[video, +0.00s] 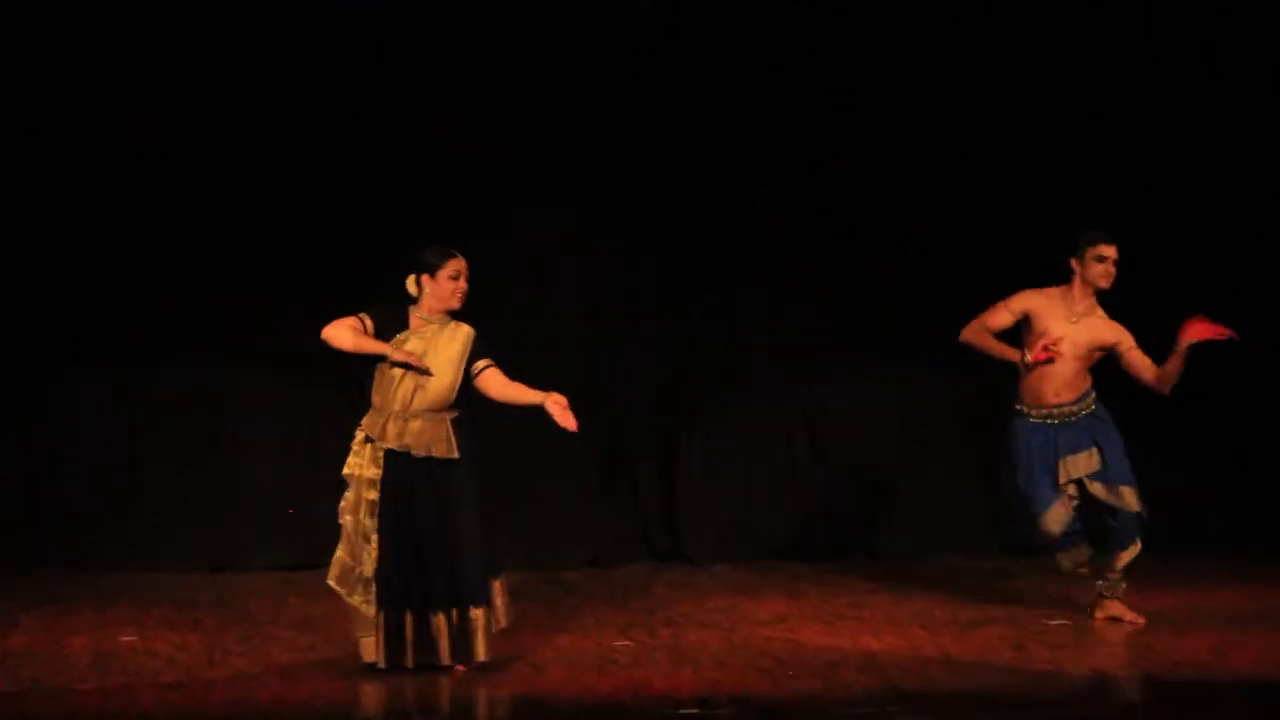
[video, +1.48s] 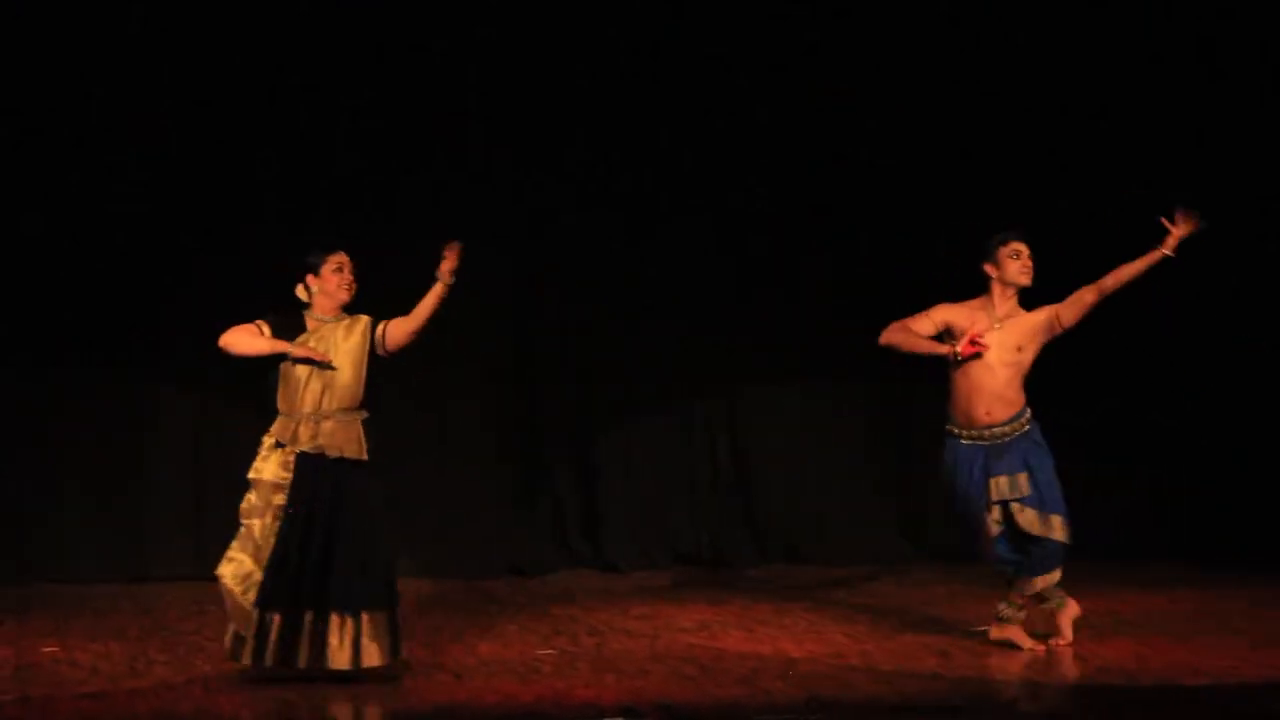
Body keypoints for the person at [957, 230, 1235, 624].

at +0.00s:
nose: (1110, 269)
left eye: (1114, 262)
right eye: (1101, 261)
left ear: (1115, 268)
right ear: (1076, 264)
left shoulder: (1108, 330)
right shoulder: (1034, 302)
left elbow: (1160, 382)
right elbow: (971, 334)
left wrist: (1182, 347)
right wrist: (1020, 357)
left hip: (1085, 419)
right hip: (1034, 424)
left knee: (1121, 506)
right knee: (1053, 521)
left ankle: (1109, 598)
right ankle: (1087, 575)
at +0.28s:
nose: (1046, 265)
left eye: (1055, 258)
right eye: (1039, 256)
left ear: (1065, 266)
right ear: (1025, 261)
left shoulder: (1081, 312)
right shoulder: (1003, 313)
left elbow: (1152, 338)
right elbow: (969, 369)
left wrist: (1126, 349)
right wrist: (1007, 359)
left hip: (1069, 420)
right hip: (1013, 422)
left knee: (1110, 507)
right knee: (987, 500)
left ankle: (1099, 601)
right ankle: (994, 601)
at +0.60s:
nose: (937, 273)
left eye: (946, 265)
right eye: (930, 267)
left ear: (966, 270)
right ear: (924, 274)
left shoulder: (1002, 305)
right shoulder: (926, 332)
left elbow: (1074, 305)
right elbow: (897, 369)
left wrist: (1042, 342)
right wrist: (863, 390)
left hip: (993, 429)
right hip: (946, 427)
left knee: (999, 520)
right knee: (939, 518)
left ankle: (903, 590)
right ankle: (957, 615)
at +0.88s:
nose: (911, 278)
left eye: (920, 269)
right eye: (905, 271)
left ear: (940, 274)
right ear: (899, 279)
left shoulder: (978, 309)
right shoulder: (902, 336)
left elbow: (1050, 310)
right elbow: (867, 367)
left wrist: (1017, 346)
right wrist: (832, 393)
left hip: (968, 436)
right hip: (920, 431)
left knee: (962, 536)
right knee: (901, 525)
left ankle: (882, 585)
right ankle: (894, 625)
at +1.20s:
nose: (952, 254)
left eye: (955, 246)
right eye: (940, 247)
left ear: (962, 256)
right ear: (919, 259)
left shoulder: (979, 307)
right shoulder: (898, 312)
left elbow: (1060, 326)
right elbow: (850, 362)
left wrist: (1034, 299)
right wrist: (891, 349)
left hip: (968, 427)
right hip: (911, 427)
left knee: (1013, 510)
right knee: (877, 519)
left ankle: (992, 621)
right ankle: (858, 624)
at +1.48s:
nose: (1027, 263)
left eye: (1028, 257)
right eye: (1016, 256)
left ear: (1031, 271)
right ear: (990, 269)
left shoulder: (1040, 322)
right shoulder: (956, 316)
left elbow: (1100, 288)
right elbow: (890, 335)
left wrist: (1162, 252)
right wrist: (946, 349)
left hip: (1018, 439)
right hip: (966, 445)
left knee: (1045, 530)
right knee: (997, 539)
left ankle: (1008, 619)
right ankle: (1061, 604)